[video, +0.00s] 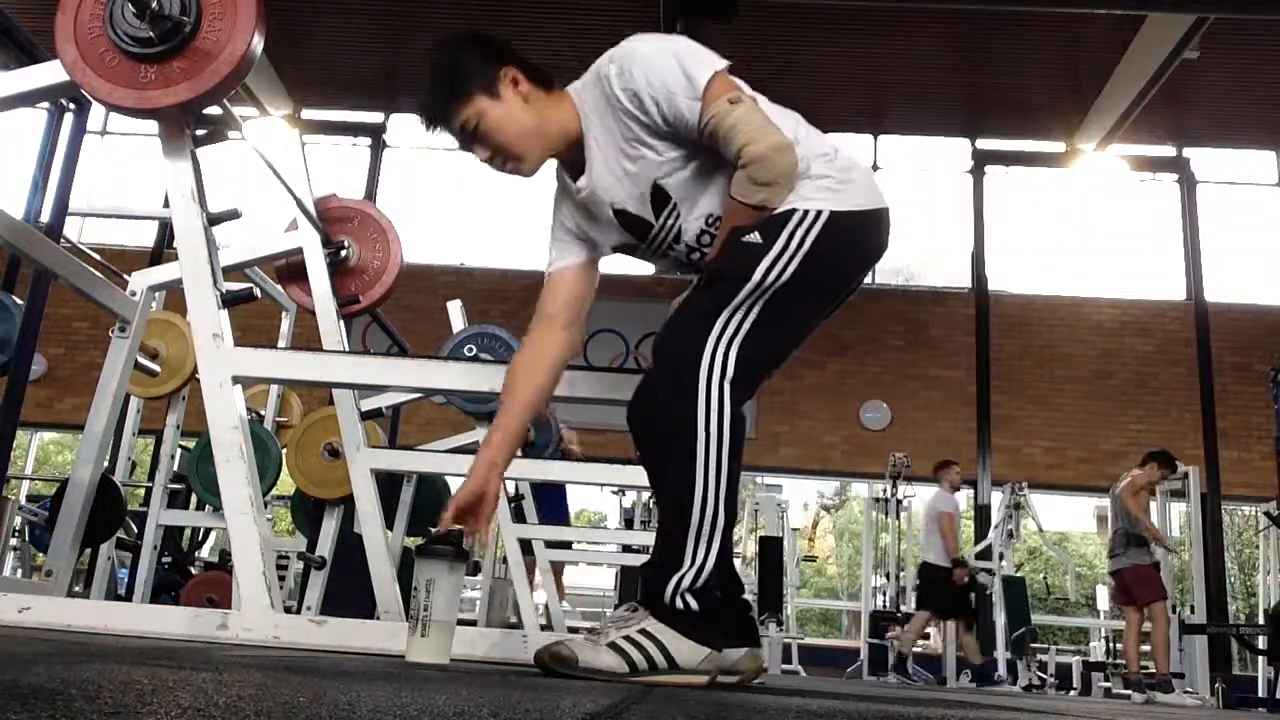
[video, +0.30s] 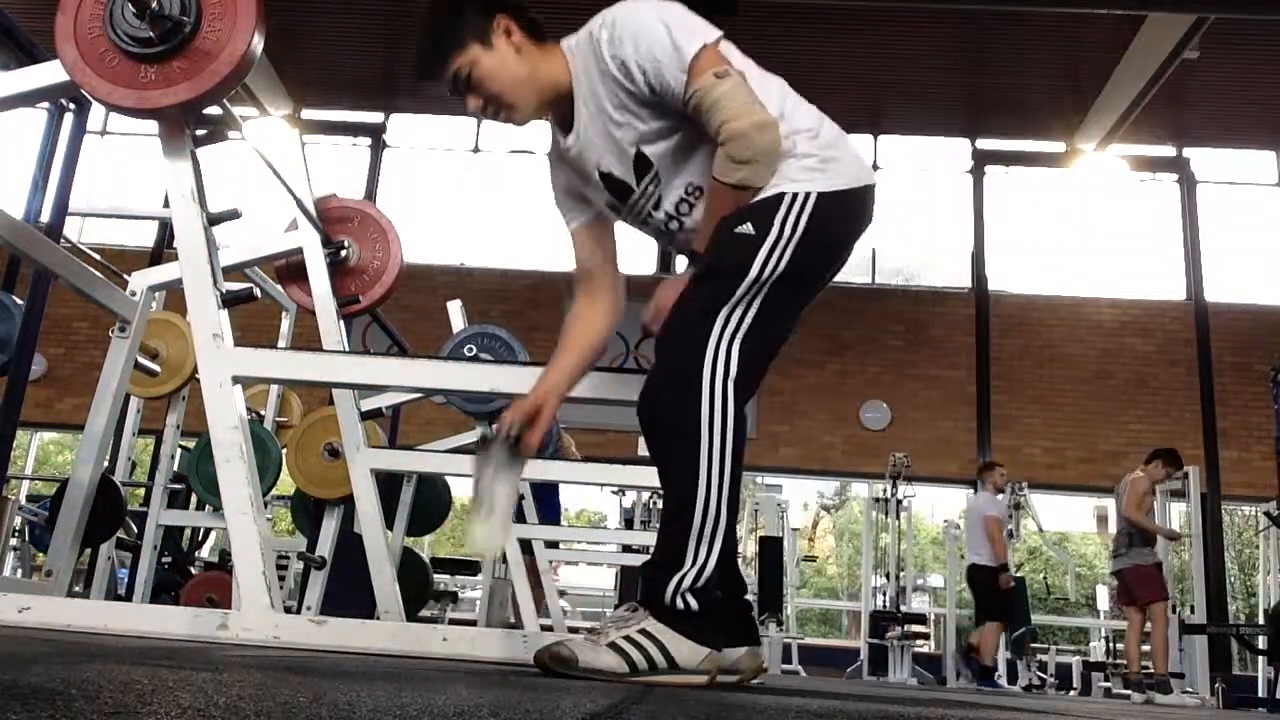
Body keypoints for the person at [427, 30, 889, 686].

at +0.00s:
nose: (482, 154)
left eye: (476, 130)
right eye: (468, 146)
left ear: (515, 85)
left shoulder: (636, 65)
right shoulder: (576, 204)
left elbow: (769, 155)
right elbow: (555, 328)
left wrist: (721, 252)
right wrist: (489, 464)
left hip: (821, 201)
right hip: (760, 242)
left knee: (701, 366)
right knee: (654, 407)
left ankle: (685, 620)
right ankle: (725, 629)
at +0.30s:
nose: (473, 105)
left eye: (468, 80)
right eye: (461, 98)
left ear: (507, 33)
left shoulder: (631, 29)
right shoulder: (570, 160)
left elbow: (750, 133)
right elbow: (597, 290)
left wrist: (694, 267)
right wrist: (546, 392)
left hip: (807, 179)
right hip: (747, 219)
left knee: (703, 368)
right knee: (669, 401)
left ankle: (683, 621)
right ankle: (726, 628)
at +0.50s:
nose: (510, 18)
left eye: (511, 1)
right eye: (505, 13)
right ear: (526, 17)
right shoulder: (598, 78)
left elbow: (724, 84)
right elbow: (653, 204)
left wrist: (660, 195)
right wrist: (605, 236)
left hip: (786, 167)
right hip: (744, 189)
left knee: (698, 377)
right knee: (691, 393)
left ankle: (690, 622)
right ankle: (726, 631)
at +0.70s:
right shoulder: (646, 15)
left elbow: (715, 27)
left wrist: (636, 126)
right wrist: (631, 139)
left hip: (750, 157)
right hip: (711, 168)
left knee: (689, 374)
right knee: (692, 383)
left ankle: (691, 623)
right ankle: (728, 631)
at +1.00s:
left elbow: (687, 18)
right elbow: (698, 63)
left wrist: (626, 81)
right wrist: (615, 91)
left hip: (708, 161)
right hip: (719, 165)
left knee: (665, 378)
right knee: (706, 403)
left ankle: (687, 623)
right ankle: (729, 634)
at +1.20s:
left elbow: (665, 9)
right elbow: (704, 99)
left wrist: (615, 27)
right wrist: (613, 106)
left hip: (703, 158)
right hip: (717, 164)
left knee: (663, 380)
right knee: (701, 399)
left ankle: (688, 623)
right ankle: (730, 633)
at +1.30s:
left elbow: (642, 4)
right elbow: (716, 108)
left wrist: (616, 8)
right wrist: (634, 119)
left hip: (705, 153)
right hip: (702, 157)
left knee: (666, 380)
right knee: (694, 393)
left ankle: (688, 623)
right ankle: (728, 633)